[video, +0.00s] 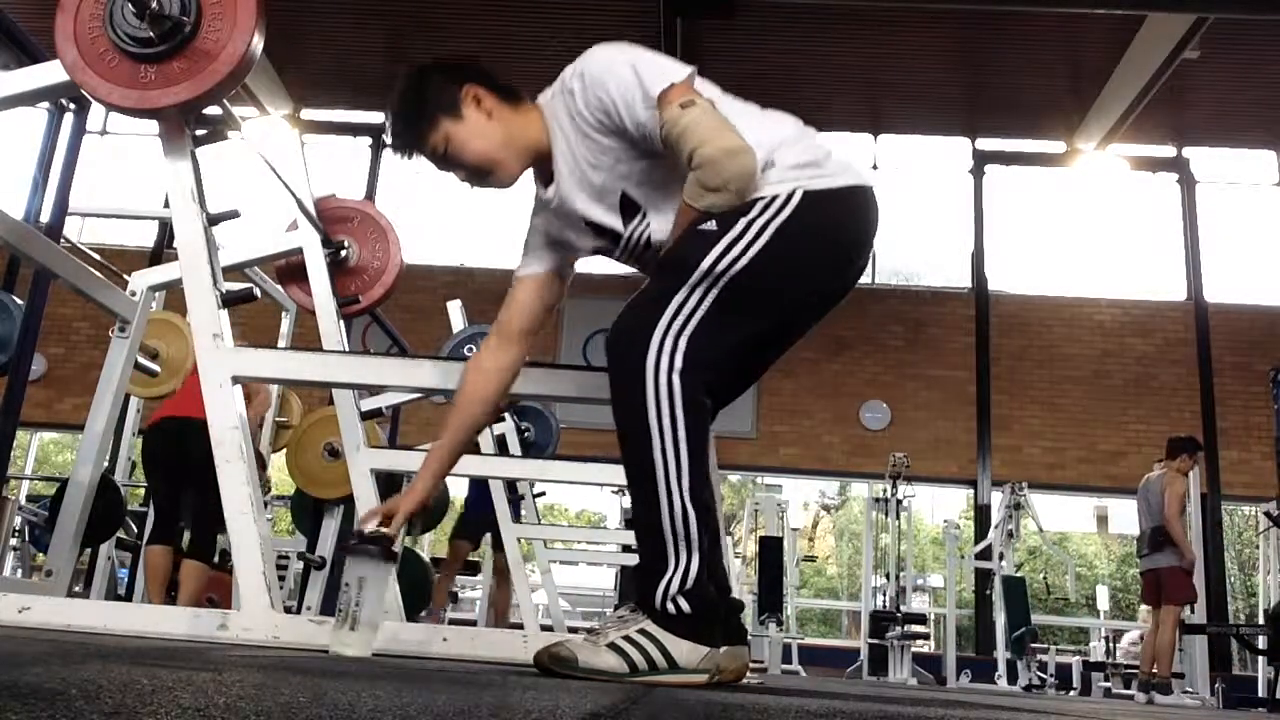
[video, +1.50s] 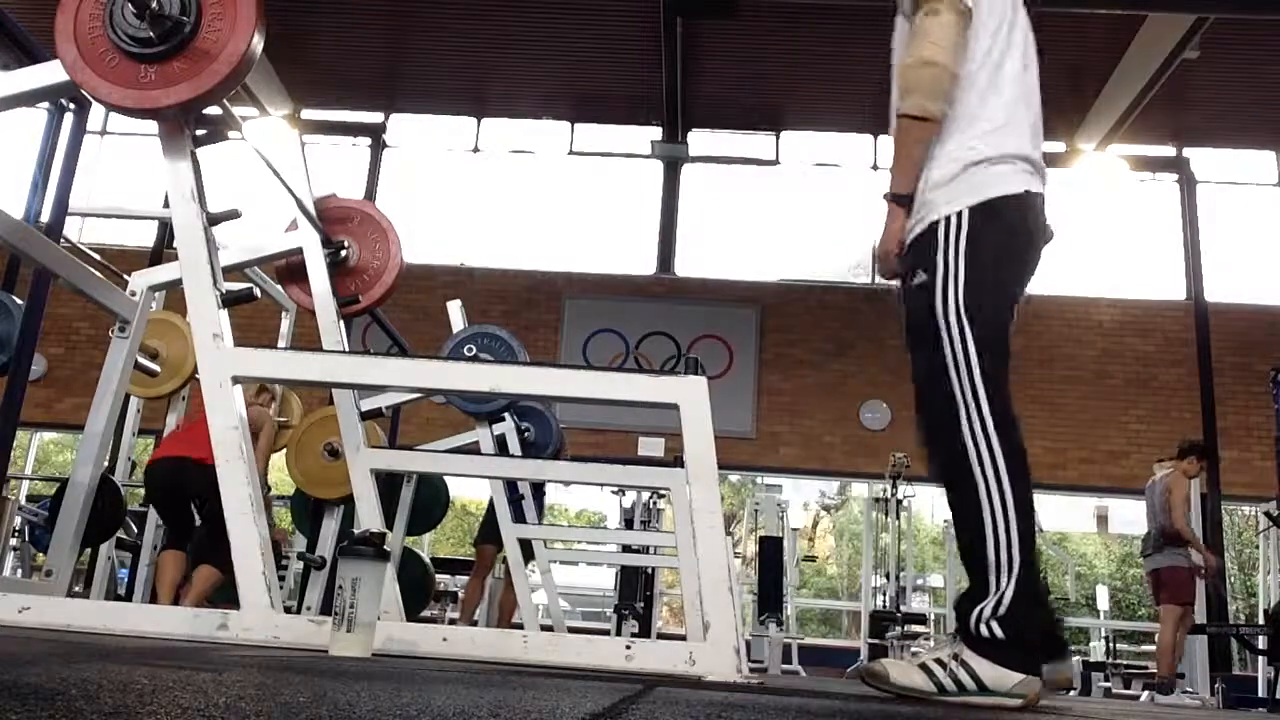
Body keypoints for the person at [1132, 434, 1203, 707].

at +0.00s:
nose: (1192, 469)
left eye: (1194, 464)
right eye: (1193, 463)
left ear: (1172, 457)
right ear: (1183, 458)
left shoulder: (1146, 480)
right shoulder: (1175, 480)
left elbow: (1147, 523)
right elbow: (1171, 519)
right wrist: (1187, 551)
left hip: (1148, 562)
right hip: (1170, 560)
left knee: (1155, 624)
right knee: (1168, 625)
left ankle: (1143, 685)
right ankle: (1163, 687)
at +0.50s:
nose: (1194, 471)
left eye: (1196, 466)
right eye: (1194, 465)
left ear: (1175, 459)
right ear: (1184, 459)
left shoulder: (1147, 480)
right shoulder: (1176, 480)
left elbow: (1147, 522)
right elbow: (1171, 518)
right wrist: (1187, 550)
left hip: (1148, 562)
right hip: (1170, 560)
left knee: (1155, 623)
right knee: (1168, 624)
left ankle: (1143, 685)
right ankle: (1163, 687)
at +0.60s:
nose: (1194, 471)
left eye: (1196, 467)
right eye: (1195, 465)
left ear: (1176, 459)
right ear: (1184, 459)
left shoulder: (1148, 480)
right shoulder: (1176, 481)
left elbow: (1148, 522)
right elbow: (1171, 519)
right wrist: (1188, 550)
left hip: (1148, 561)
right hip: (1169, 560)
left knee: (1155, 623)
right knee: (1168, 624)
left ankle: (1143, 685)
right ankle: (1163, 687)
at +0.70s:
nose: (1194, 472)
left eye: (1196, 467)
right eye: (1195, 466)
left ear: (1176, 459)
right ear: (1184, 459)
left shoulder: (1148, 480)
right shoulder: (1176, 480)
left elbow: (1149, 522)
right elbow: (1170, 518)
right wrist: (1188, 550)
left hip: (1148, 561)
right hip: (1169, 560)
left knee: (1155, 623)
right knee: (1167, 624)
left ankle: (1143, 685)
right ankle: (1163, 687)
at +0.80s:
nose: (1195, 472)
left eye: (1197, 467)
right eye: (1196, 466)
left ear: (1176, 459)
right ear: (1185, 459)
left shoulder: (1149, 480)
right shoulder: (1176, 480)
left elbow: (1149, 521)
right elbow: (1168, 517)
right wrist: (1188, 549)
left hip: (1149, 560)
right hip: (1169, 559)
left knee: (1156, 623)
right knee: (1167, 623)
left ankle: (1143, 684)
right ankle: (1163, 687)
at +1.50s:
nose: (1199, 474)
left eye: (1201, 469)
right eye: (1200, 469)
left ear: (1183, 458)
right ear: (1191, 461)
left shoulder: (1154, 481)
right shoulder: (1178, 479)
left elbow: (1158, 527)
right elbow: (1179, 524)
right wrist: (1203, 550)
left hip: (1156, 561)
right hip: (1173, 560)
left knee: (1186, 619)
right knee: (1169, 621)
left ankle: (1170, 679)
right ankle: (1164, 686)